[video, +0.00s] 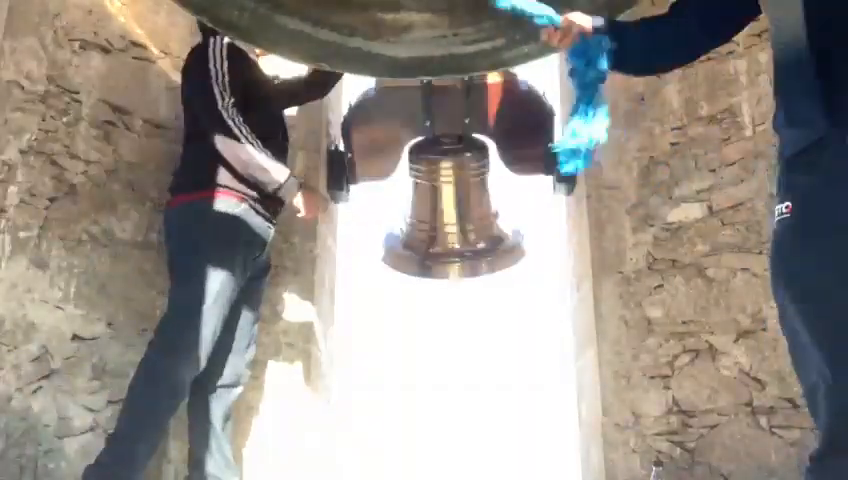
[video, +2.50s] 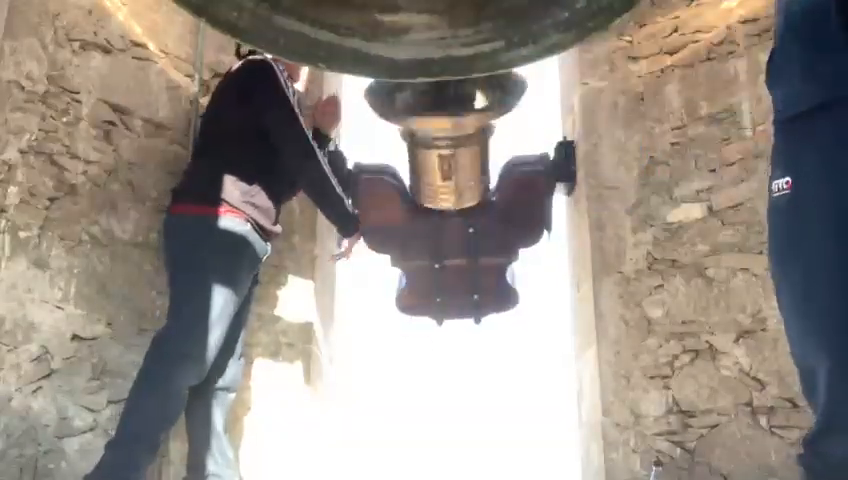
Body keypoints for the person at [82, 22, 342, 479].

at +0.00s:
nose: (267, 33)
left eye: (268, 26)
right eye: (261, 22)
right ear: (236, 18)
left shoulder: (254, 79)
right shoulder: (215, 50)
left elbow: (313, 85)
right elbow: (224, 126)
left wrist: (352, 36)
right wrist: (289, 187)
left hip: (255, 229)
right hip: (216, 211)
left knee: (225, 377)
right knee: (182, 357)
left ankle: (216, 473)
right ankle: (115, 471)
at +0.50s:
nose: (306, 59)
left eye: (308, 50)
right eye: (302, 47)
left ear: (280, 46)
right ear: (277, 39)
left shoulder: (264, 84)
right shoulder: (244, 63)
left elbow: (290, 155)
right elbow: (242, 147)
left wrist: (352, 206)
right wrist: (262, 231)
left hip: (230, 222)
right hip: (196, 212)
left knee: (210, 369)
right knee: (175, 346)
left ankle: (209, 472)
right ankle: (111, 470)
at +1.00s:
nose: (273, 43)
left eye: (275, 33)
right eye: (268, 28)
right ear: (241, 25)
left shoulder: (241, 82)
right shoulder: (215, 55)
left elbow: (270, 152)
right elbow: (220, 131)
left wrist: (316, 111)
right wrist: (281, 196)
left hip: (225, 232)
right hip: (188, 221)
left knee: (216, 376)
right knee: (162, 358)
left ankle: (212, 472)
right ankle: (118, 470)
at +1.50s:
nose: (303, 64)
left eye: (305, 55)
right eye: (299, 52)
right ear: (276, 46)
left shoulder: (269, 109)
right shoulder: (247, 71)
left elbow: (304, 181)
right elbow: (287, 146)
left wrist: (366, 223)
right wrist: (362, 148)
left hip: (229, 241)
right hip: (202, 229)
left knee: (217, 379)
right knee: (171, 361)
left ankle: (215, 472)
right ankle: (118, 470)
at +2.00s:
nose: (312, 88)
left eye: (315, 81)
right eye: (309, 77)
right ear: (289, 65)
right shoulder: (258, 76)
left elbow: (261, 189)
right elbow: (282, 136)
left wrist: (268, 250)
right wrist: (357, 128)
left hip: (241, 241)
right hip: (215, 227)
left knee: (221, 377)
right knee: (188, 358)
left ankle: (215, 471)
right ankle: (118, 470)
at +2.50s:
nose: (304, 64)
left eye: (308, 57)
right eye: (301, 54)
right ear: (284, 50)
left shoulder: (286, 102)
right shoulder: (261, 73)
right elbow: (296, 152)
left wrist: (322, 136)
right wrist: (347, 222)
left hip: (248, 239)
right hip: (216, 225)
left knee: (221, 380)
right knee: (187, 358)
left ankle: (216, 473)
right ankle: (118, 470)